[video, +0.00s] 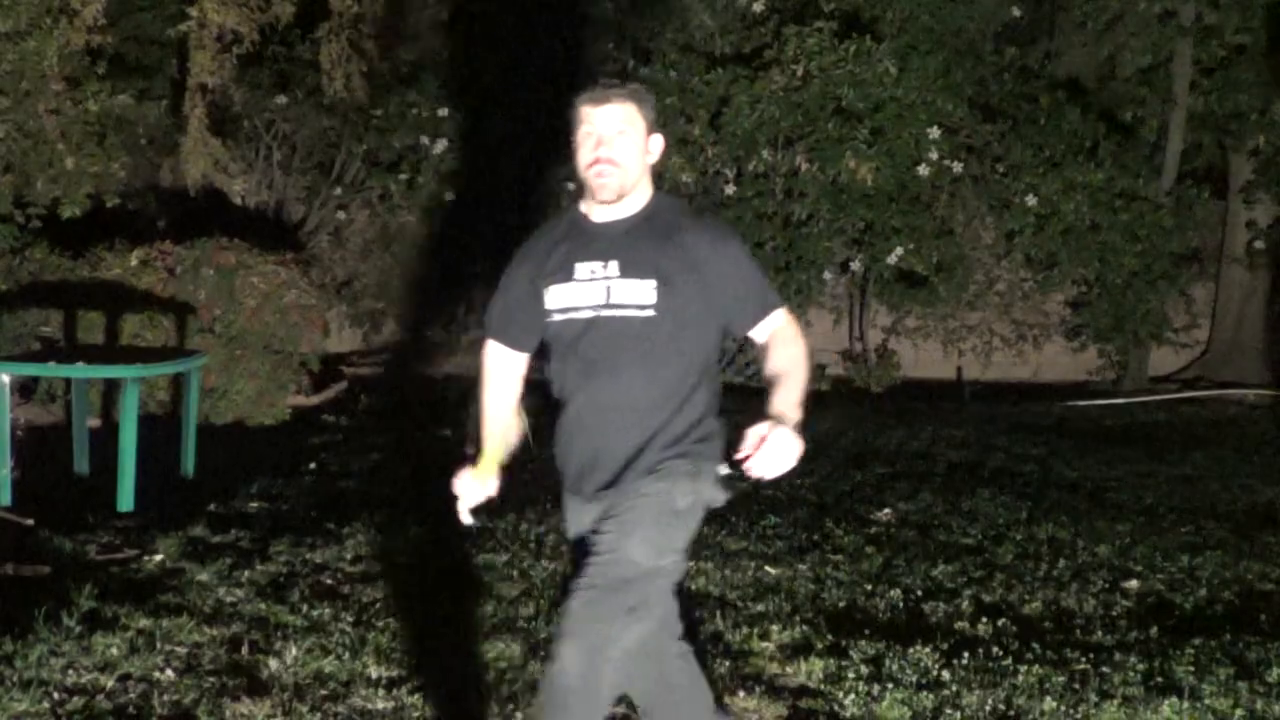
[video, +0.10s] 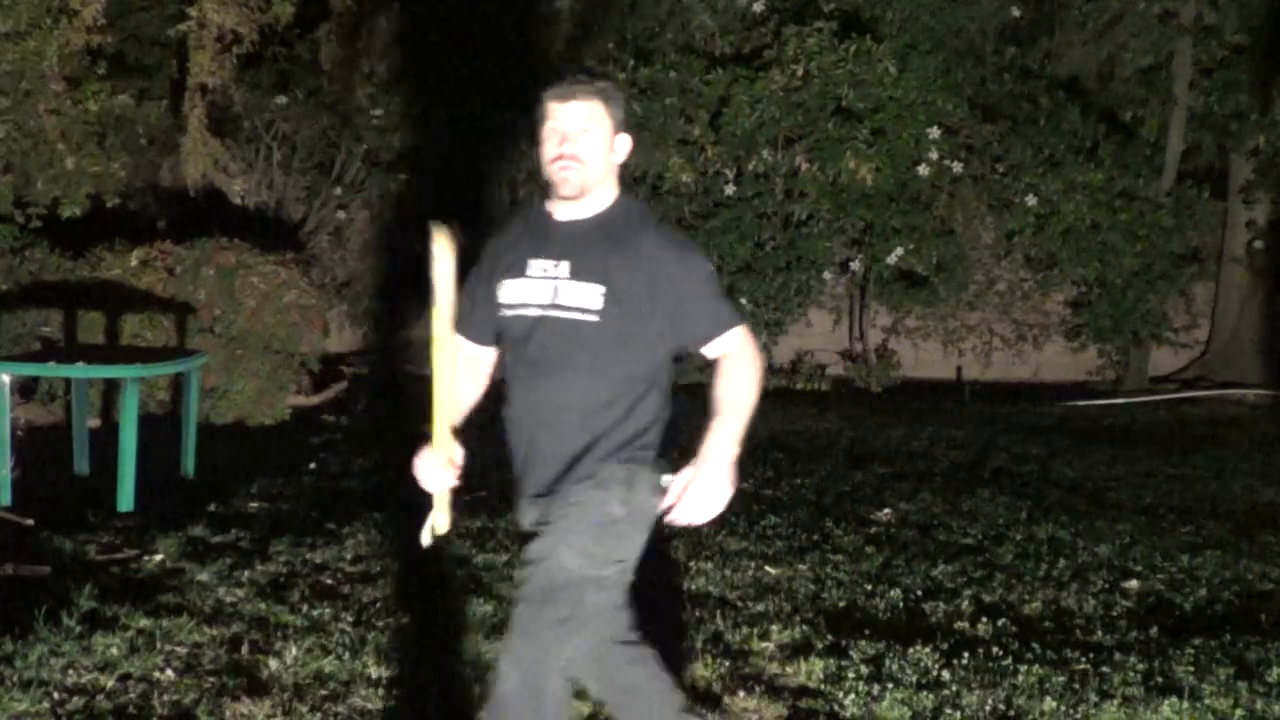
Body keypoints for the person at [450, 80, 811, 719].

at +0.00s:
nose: (600, 151)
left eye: (618, 137)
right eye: (588, 138)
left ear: (654, 148)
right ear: (573, 152)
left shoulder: (702, 246)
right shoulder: (542, 256)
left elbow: (783, 337)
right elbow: (503, 364)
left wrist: (784, 418)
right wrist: (491, 460)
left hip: (673, 477)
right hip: (586, 490)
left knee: (588, 640)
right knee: (657, 669)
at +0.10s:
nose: (564, 146)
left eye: (583, 133)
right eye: (552, 133)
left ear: (621, 147)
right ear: (536, 147)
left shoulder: (655, 253)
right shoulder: (512, 245)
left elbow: (739, 353)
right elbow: (471, 354)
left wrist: (717, 459)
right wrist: (441, 432)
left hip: (614, 490)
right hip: (540, 493)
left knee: (529, 672)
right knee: (612, 666)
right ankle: (679, 718)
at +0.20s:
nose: (524, 131)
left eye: (544, 118)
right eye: (514, 118)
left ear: (585, 136)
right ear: (500, 133)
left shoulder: (617, 245)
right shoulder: (484, 230)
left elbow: (674, 366)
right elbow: (442, 338)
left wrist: (620, 488)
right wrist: (405, 399)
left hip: (564, 484)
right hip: (484, 483)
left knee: (488, 671)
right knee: (517, 660)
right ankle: (621, 714)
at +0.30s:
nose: (486, 120)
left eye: (506, 107)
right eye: (476, 107)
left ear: (548, 122)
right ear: (463, 120)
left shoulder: (584, 230)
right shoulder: (450, 223)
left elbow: (610, 355)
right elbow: (415, 332)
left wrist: (510, 456)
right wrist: (369, 359)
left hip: (529, 478)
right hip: (439, 467)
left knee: (481, 675)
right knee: (398, 623)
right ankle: (475, 709)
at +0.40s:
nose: (442, 111)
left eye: (463, 98)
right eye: (433, 99)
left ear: (509, 113)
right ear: (420, 116)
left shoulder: (543, 216)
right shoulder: (404, 221)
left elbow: (558, 339)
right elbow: (373, 330)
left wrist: (427, 403)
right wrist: (320, 326)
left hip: (495, 466)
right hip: (395, 461)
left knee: (469, 677)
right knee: (337, 616)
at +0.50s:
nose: (398, 112)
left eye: (420, 99)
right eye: (388, 100)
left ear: (464, 114)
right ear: (375, 115)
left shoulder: (501, 218)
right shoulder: (359, 226)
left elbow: (516, 333)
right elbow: (336, 341)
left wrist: (373, 373)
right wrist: (269, 320)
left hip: (459, 480)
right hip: (353, 481)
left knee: (455, 688)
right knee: (278, 657)